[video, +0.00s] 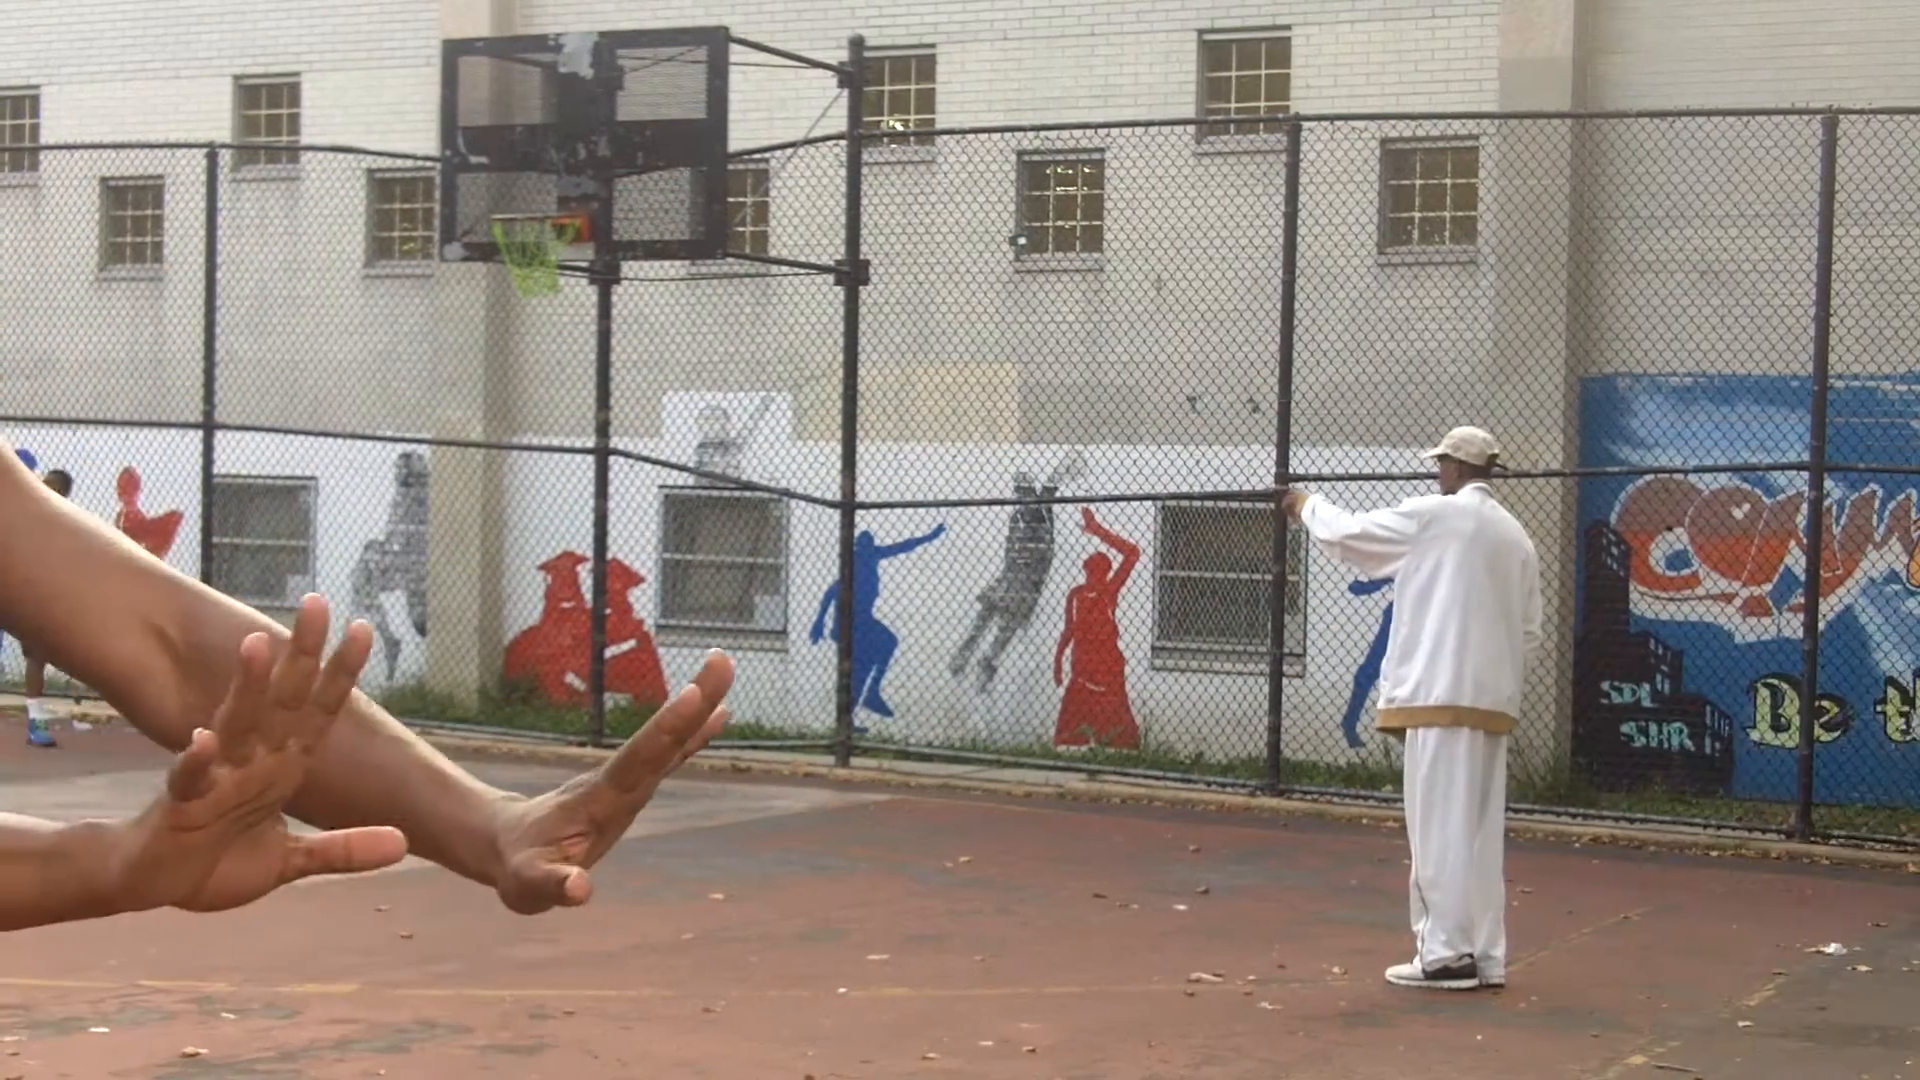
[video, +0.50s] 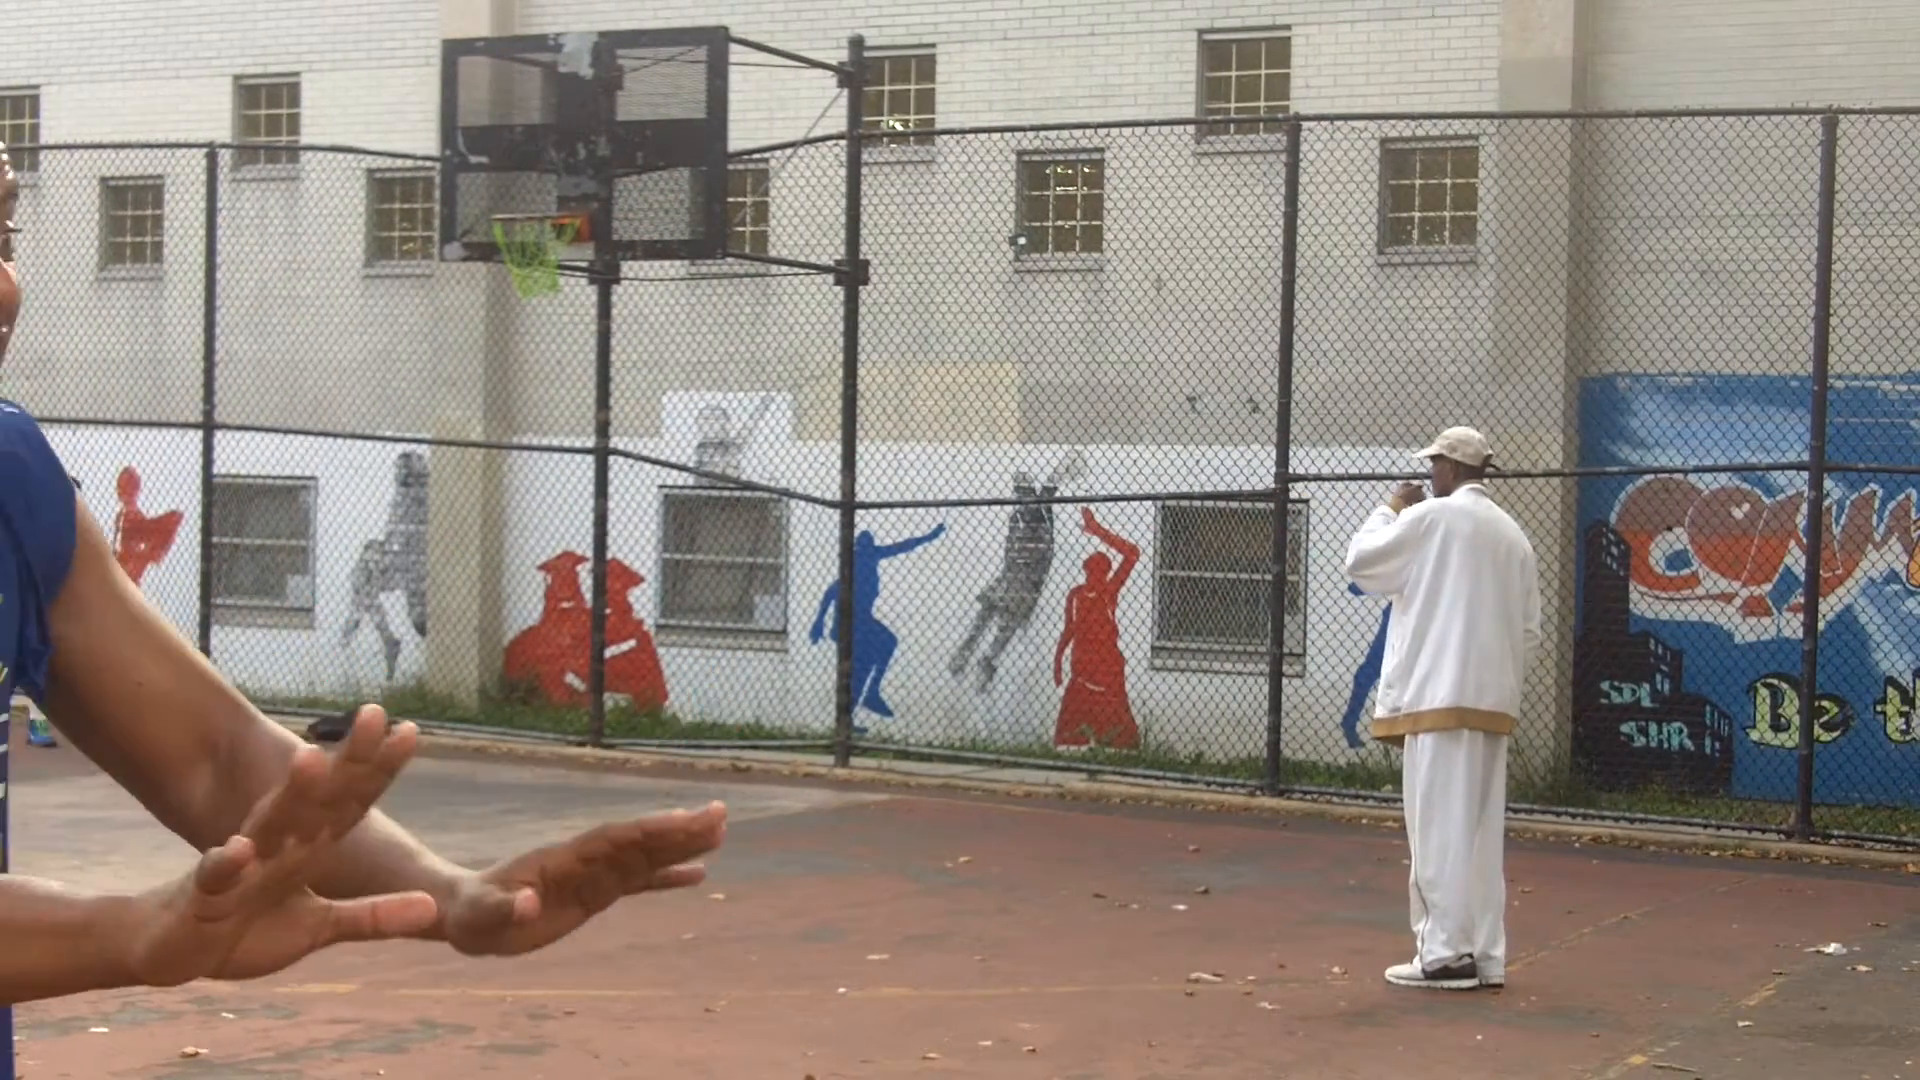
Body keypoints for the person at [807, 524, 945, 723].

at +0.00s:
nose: (867, 551)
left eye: (870, 547)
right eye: (864, 547)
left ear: (874, 547)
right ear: (857, 548)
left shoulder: (874, 556)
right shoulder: (854, 567)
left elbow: (902, 547)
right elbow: (832, 591)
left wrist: (929, 537)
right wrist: (818, 622)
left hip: (866, 621)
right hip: (848, 625)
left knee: (888, 642)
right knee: (863, 662)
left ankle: (873, 692)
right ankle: (845, 716)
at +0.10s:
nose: (868, 551)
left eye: (870, 547)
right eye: (864, 547)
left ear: (874, 547)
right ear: (857, 548)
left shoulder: (874, 556)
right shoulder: (853, 567)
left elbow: (902, 547)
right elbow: (832, 591)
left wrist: (928, 537)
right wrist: (818, 622)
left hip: (866, 621)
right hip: (848, 625)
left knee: (888, 642)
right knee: (863, 662)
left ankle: (873, 692)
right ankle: (845, 716)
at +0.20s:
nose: (867, 551)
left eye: (870, 547)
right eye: (864, 547)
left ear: (873, 547)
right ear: (857, 548)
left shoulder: (874, 556)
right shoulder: (853, 567)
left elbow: (902, 547)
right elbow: (831, 592)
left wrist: (929, 537)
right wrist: (818, 622)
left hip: (865, 620)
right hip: (848, 624)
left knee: (888, 642)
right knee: (864, 661)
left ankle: (872, 693)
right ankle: (845, 716)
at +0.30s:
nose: (868, 551)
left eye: (870, 547)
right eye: (864, 547)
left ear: (874, 547)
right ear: (858, 548)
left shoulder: (874, 556)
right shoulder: (854, 567)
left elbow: (902, 547)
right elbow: (832, 591)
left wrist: (929, 537)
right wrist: (818, 622)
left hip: (865, 620)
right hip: (849, 624)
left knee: (888, 642)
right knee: (864, 660)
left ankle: (873, 693)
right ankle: (845, 716)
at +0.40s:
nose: (868, 552)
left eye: (870, 547)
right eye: (864, 548)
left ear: (874, 548)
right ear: (857, 549)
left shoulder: (874, 556)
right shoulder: (853, 567)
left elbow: (902, 547)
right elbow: (831, 591)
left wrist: (929, 537)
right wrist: (818, 622)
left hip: (866, 620)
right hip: (848, 624)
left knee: (888, 642)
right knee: (864, 660)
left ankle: (873, 692)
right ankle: (845, 716)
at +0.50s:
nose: (868, 551)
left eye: (870, 547)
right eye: (864, 547)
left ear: (874, 547)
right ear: (857, 548)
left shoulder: (874, 556)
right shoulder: (853, 567)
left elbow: (902, 547)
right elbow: (832, 591)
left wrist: (929, 537)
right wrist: (818, 622)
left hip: (866, 620)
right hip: (848, 624)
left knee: (888, 642)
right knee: (864, 660)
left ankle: (873, 692)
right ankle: (845, 716)